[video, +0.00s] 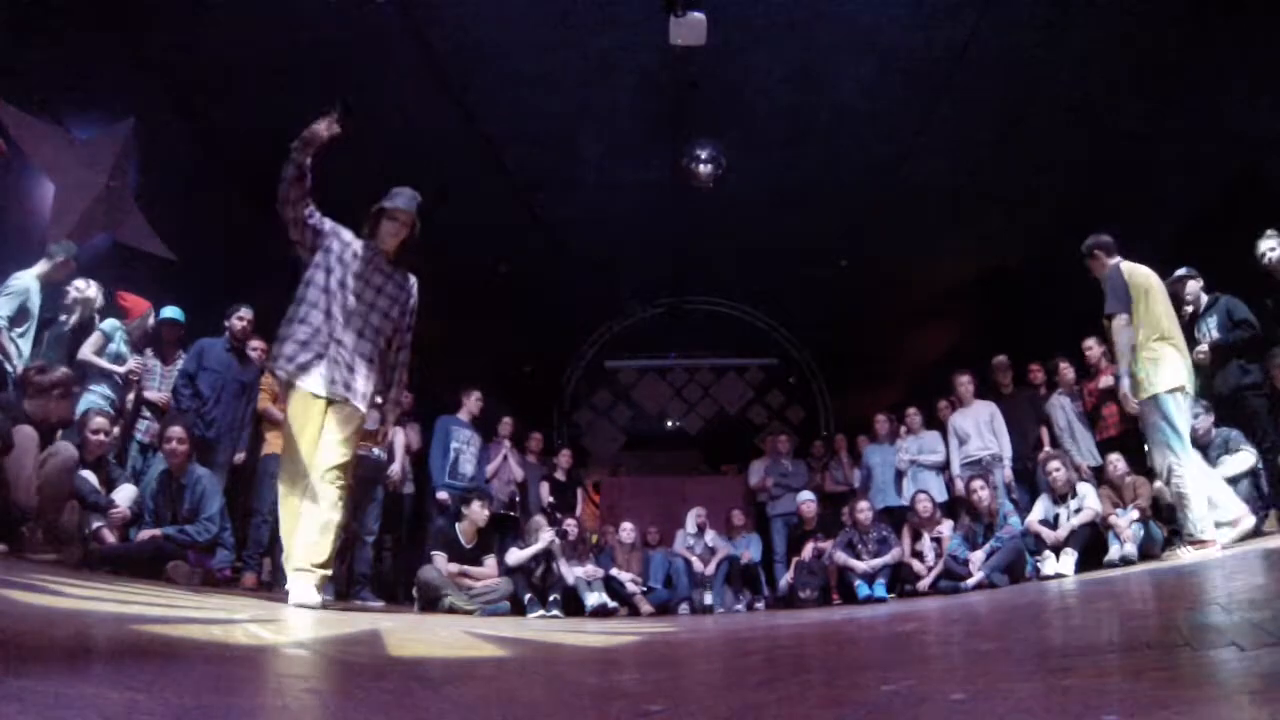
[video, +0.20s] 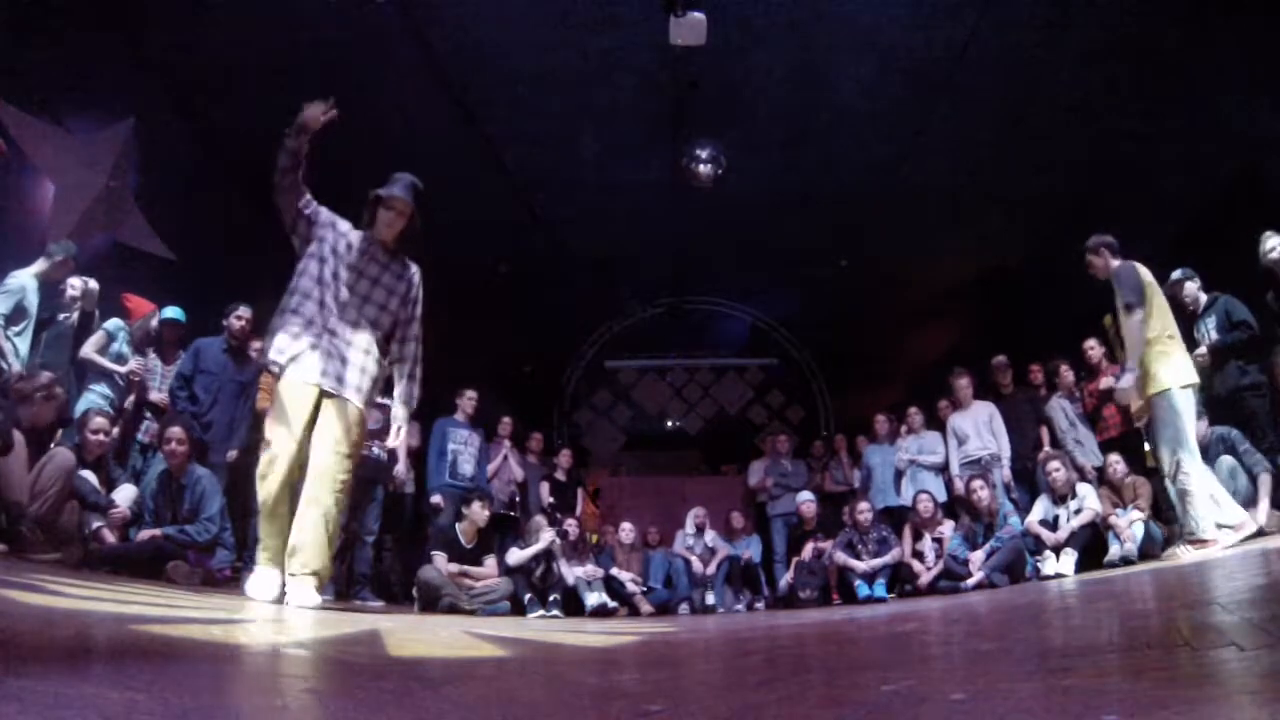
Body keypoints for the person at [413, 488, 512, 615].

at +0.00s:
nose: (487, 513)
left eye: (488, 508)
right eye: (481, 507)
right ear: (465, 509)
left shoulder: (484, 536)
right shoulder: (443, 530)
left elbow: (493, 572)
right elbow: (442, 569)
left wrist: (462, 569)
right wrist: (474, 584)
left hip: (477, 590)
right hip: (447, 588)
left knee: (507, 584)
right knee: (426, 573)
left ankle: (455, 604)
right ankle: (477, 609)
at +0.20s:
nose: (487, 513)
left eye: (488, 509)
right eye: (482, 508)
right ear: (465, 509)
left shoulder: (484, 537)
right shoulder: (444, 533)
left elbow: (493, 572)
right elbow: (442, 571)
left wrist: (462, 569)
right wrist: (474, 584)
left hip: (476, 591)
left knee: (507, 584)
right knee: (426, 572)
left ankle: (458, 603)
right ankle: (472, 607)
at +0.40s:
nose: (487, 514)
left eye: (488, 509)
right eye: (482, 508)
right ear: (465, 509)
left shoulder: (484, 537)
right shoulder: (444, 532)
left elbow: (493, 572)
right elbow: (442, 570)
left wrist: (462, 569)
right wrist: (474, 584)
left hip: (476, 591)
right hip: (446, 590)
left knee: (507, 584)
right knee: (426, 572)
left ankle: (457, 604)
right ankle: (477, 608)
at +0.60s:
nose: (484, 513)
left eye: (486, 508)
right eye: (478, 507)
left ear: (488, 511)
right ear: (463, 509)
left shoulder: (484, 536)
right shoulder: (444, 531)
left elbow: (493, 572)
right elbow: (442, 570)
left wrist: (461, 569)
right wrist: (474, 584)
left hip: (477, 591)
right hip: (446, 590)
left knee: (507, 584)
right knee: (426, 573)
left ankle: (457, 603)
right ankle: (478, 608)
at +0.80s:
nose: (476, 511)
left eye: (481, 508)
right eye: (471, 505)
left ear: (486, 513)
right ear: (461, 509)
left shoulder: (484, 536)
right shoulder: (444, 531)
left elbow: (493, 572)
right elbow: (441, 570)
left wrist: (461, 569)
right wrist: (474, 584)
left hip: (477, 591)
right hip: (447, 589)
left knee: (507, 584)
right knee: (427, 573)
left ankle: (456, 604)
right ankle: (478, 608)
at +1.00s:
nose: (475, 511)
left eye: (480, 507)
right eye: (470, 505)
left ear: (485, 514)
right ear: (460, 509)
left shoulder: (484, 536)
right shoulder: (443, 530)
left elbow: (493, 572)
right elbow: (442, 570)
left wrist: (461, 569)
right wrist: (475, 584)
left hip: (476, 591)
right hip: (446, 589)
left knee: (507, 584)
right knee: (427, 573)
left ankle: (455, 604)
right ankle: (477, 608)